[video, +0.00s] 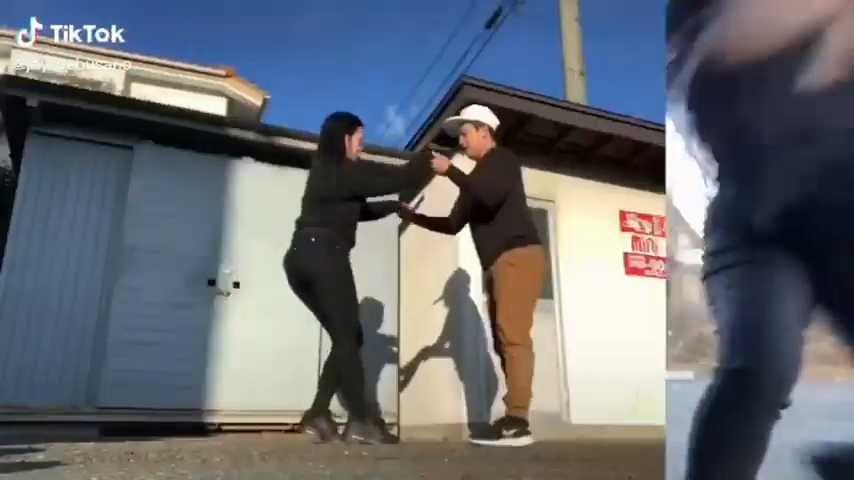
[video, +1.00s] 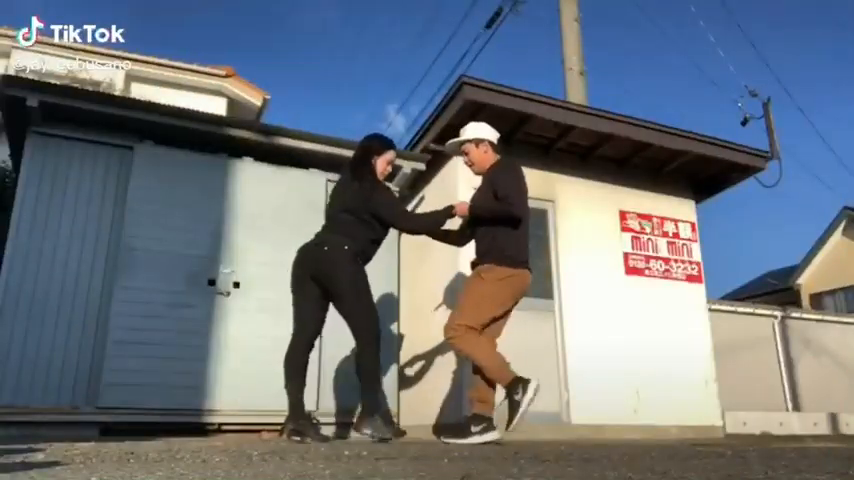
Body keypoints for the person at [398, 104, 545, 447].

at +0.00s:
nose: (461, 141)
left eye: (466, 133)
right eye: (460, 135)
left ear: (485, 131)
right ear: (475, 135)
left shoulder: (500, 159)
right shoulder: (478, 176)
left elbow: (486, 196)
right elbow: (452, 225)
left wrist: (451, 171)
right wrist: (414, 216)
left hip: (518, 256)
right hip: (498, 262)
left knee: (514, 337)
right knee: (504, 340)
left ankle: (516, 419)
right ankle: (514, 418)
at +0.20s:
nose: (460, 153)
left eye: (463, 145)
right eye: (458, 147)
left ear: (482, 142)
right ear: (480, 146)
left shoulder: (495, 169)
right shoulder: (492, 177)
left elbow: (491, 211)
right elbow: (485, 240)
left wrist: (448, 206)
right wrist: (446, 245)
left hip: (501, 267)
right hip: (512, 268)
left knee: (459, 327)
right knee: (495, 342)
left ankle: (492, 401)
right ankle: (514, 422)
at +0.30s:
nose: (457, 159)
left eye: (461, 151)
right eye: (456, 153)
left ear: (480, 148)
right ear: (477, 151)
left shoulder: (490, 175)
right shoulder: (493, 183)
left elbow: (469, 215)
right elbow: (476, 249)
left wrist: (422, 218)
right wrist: (437, 252)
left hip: (496, 272)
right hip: (510, 275)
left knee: (447, 327)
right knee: (483, 345)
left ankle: (452, 412)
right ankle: (512, 422)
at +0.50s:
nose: (448, 162)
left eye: (451, 155)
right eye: (447, 157)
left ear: (470, 153)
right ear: (466, 155)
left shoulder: (481, 180)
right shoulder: (474, 185)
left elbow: (450, 220)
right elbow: (469, 242)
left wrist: (401, 222)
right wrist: (439, 250)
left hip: (485, 270)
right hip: (468, 271)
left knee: (460, 346)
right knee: (437, 344)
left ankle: (424, 420)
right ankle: (491, 406)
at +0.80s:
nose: (450, 162)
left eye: (452, 154)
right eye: (448, 156)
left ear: (469, 149)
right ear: (467, 152)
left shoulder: (488, 173)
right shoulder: (478, 185)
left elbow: (490, 216)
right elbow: (464, 244)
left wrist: (446, 213)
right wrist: (424, 236)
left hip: (486, 269)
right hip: (488, 272)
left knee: (444, 336)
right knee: (453, 339)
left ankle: (425, 417)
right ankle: (474, 414)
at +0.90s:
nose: (456, 159)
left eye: (458, 151)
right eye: (454, 154)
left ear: (476, 145)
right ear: (474, 149)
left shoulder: (497, 168)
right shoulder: (481, 186)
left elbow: (507, 210)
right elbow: (457, 239)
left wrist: (461, 207)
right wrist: (419, 224)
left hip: (490, 267)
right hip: (504, 272)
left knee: (440, 321)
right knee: (472, 341)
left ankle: (471, 400)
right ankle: (479, 418)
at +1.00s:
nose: (465, 159)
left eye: (467, 152)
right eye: (463, 154)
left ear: (485, 146)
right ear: (482, 150)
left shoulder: (505, 170)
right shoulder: (487, 187)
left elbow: (515, 211)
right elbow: (461, 237)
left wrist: (470, 211)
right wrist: (423, 225)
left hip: (501, 270)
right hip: (503, 272)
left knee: (458, 331)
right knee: (483, 343)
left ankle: (514, 385)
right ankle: (481, 420)